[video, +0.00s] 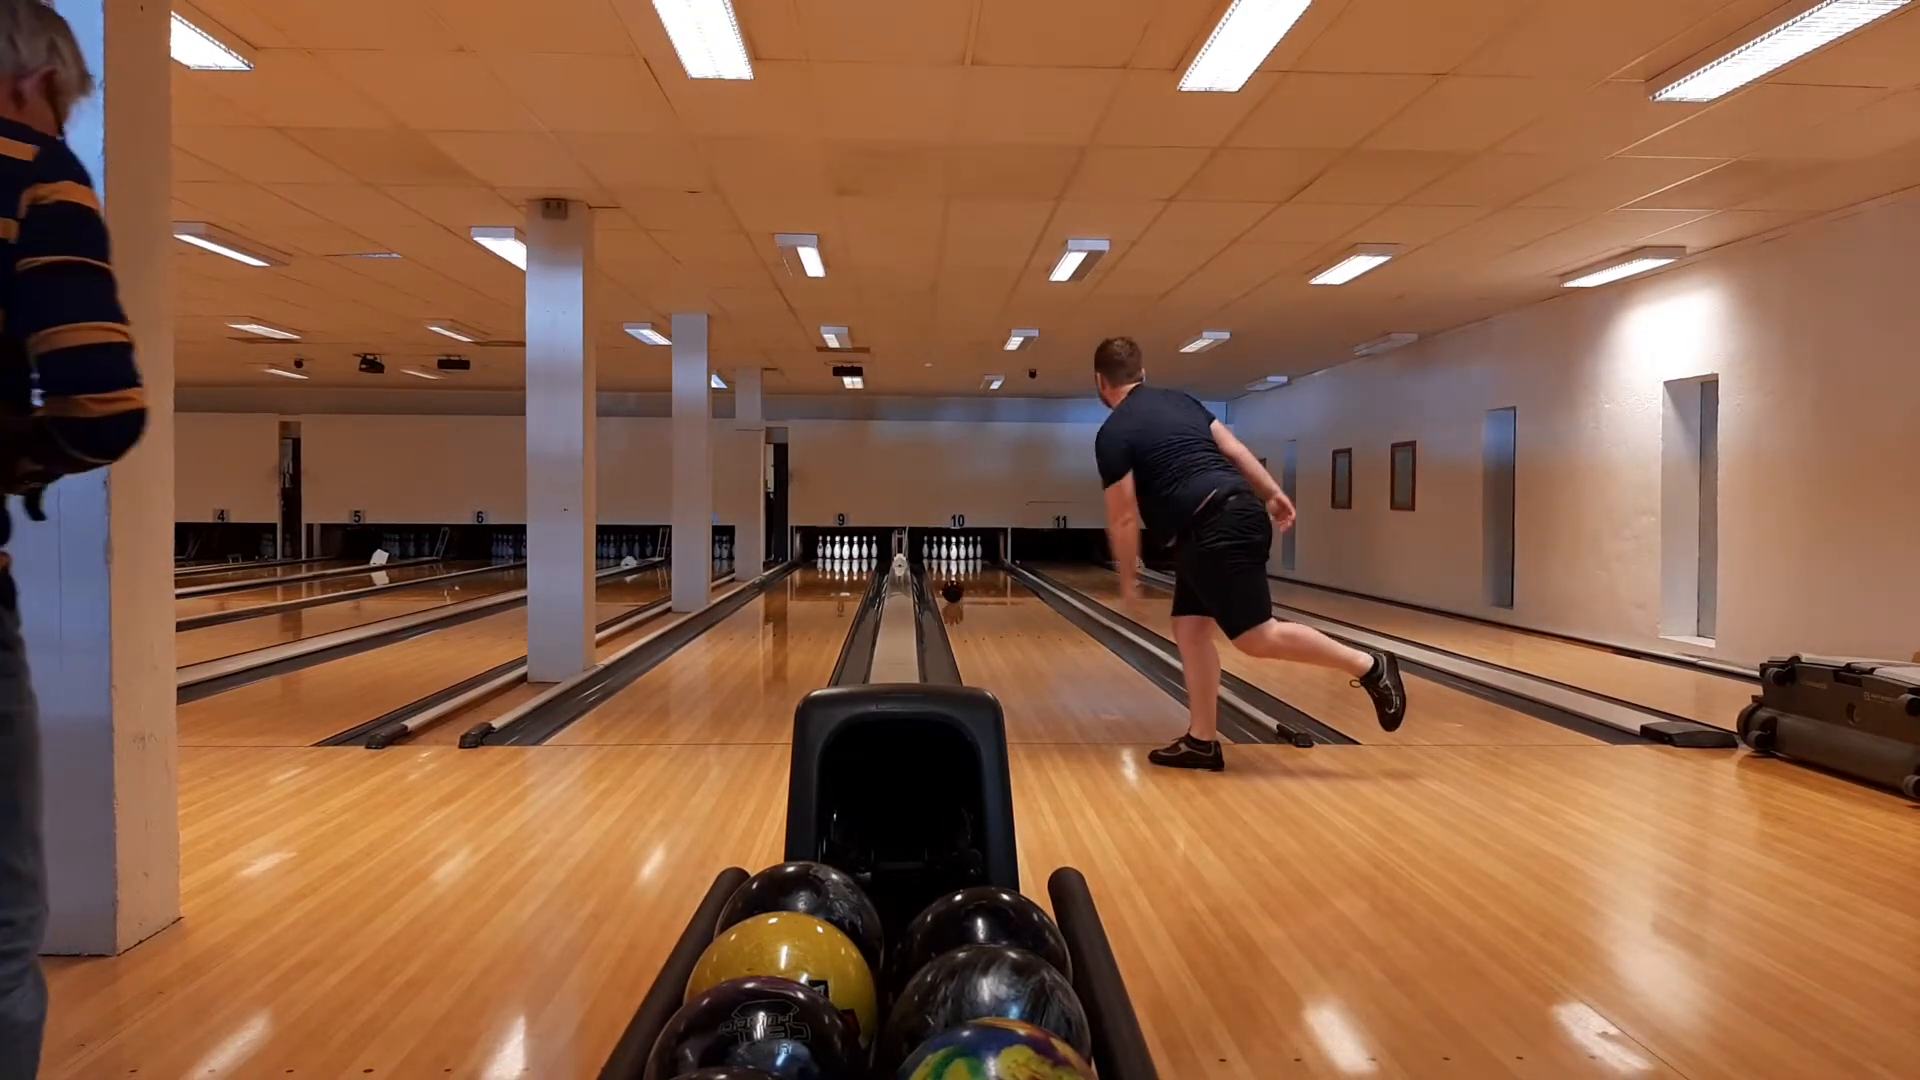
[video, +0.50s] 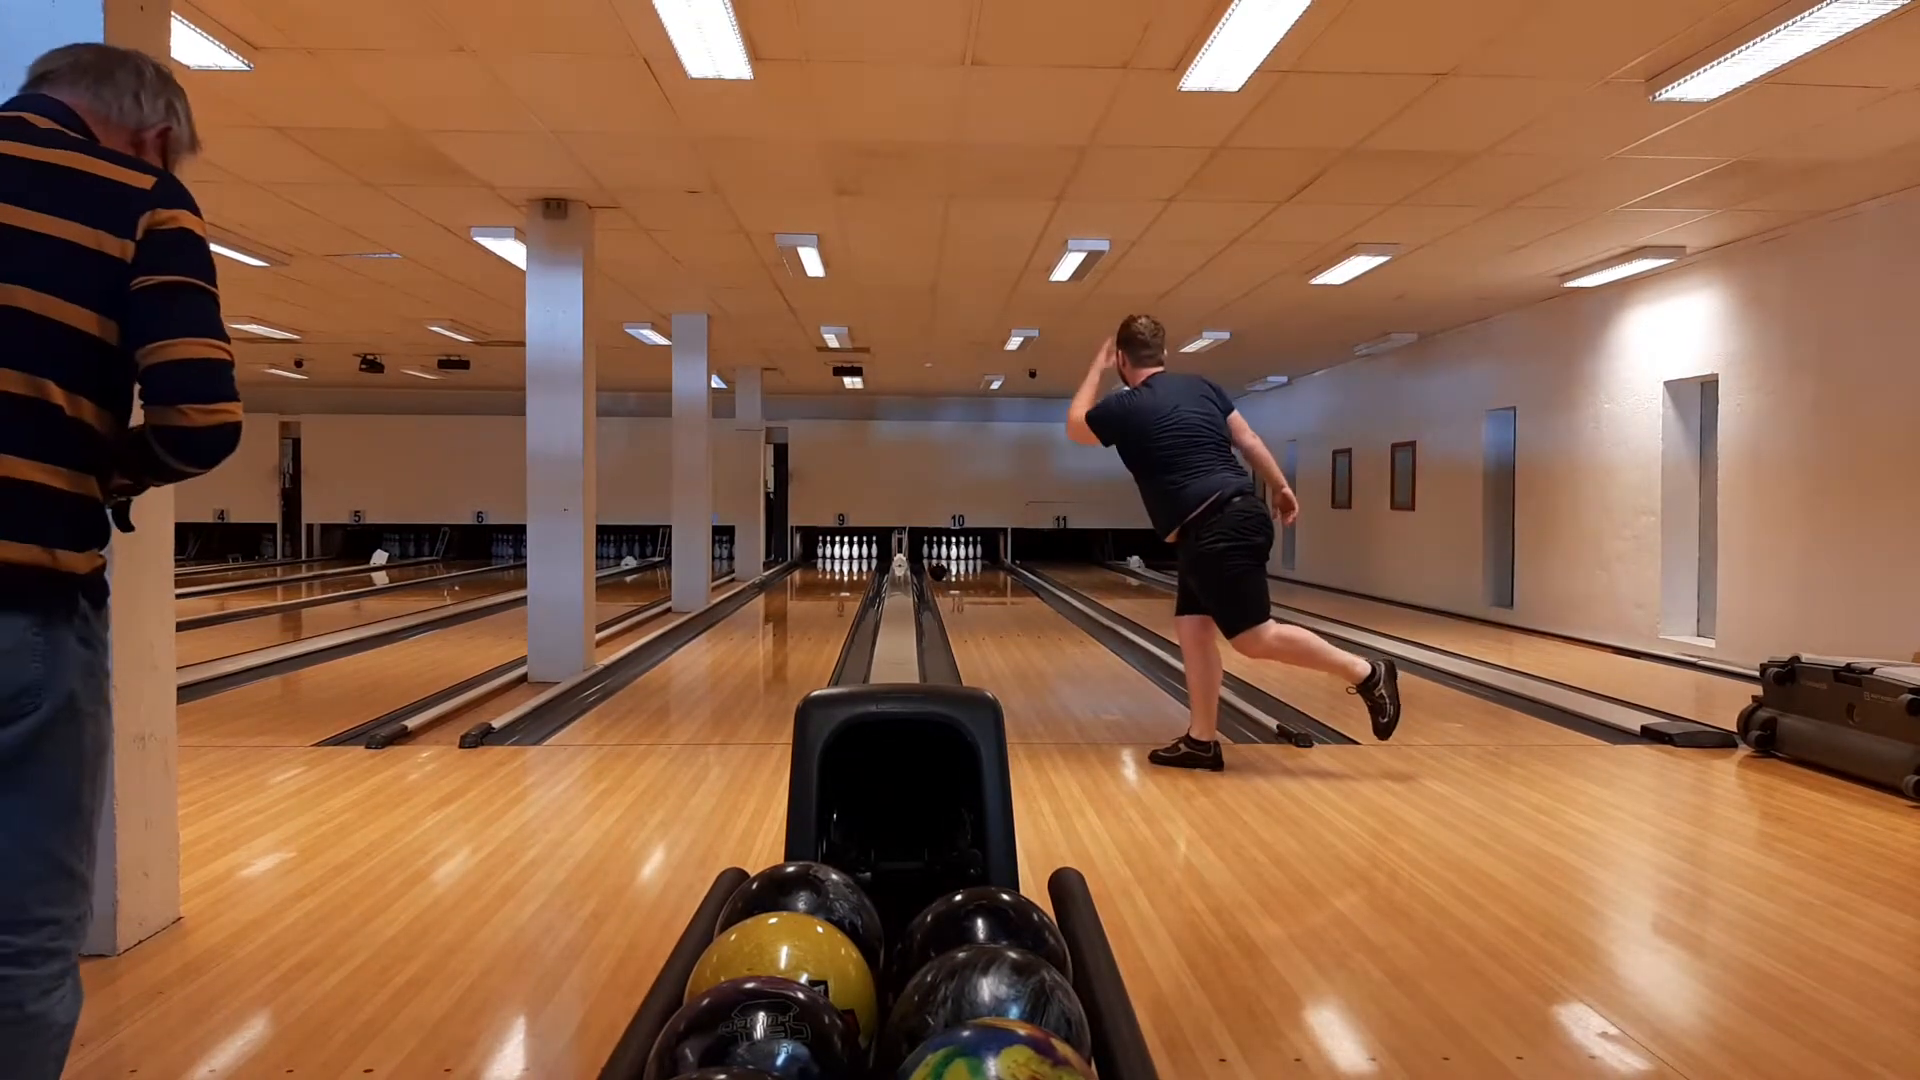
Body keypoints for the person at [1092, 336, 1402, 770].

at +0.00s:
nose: (1099, 389)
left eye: (1097, 383)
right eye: (1102, 383)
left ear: (1101, 383)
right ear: (1141, 374)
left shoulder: (1114, 432)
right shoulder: (1181, 401)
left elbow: (1124, 517)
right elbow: (1233, 448)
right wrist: (1272, 492)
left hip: (1216, 520)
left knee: (1256, 636)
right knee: (1192, 628)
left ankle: (1371, 666)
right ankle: (1202, 740)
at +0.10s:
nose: (1105, 380)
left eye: (1104, 373)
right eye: (1112, 371)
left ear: (1109, 376)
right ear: (1149, 366)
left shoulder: (1113, 431)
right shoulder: (1189, 398)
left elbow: (1087, 501)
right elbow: (1239, 449)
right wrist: (1272, 494)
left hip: (1218, 523)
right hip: (1236, 512)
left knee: (1259, 639)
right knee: (1189, 628)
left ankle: (1370, 671)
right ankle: (1201, 741)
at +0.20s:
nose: (1110, 376)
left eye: (1110, 369)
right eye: (1116, 368)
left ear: (1113, 371)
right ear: (1153, 363)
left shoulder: (1114, 421)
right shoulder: (1194, 394)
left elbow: (1068, 449)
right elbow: (1242, 443)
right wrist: (1276, 487)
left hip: (1217, 524)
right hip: (1235, 512)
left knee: (1257, 639)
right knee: (1192, 628)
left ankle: (1370, 671)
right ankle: (1202, 741)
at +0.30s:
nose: (1109, 374)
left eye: (1110, 367)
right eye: (1115, 366)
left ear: (1114, 368)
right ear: (1155, 360)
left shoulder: (1115, 408)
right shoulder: (1195, 389)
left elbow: (1069, 412)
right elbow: (1246, 438)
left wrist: (1075, 354)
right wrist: (1282, 479)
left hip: (1213, 526)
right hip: (1234, 515)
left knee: (1254, 637)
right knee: (1192, 625)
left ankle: (1371, 669)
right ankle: (1202, 740)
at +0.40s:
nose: (1111, 368)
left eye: (1112, 361)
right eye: (1111, 360)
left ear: (1117, 363)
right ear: (1159, 356)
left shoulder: (1120, 406)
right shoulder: (1198, 387)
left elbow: (1073, 399)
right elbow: (1247, 436)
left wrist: (1097, 345)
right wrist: (1283, 479)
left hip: (1214, 525)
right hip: (1232, 516)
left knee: (1252, 636)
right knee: (1192, 625)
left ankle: (1370, 668)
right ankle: (1202, 741)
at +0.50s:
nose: (1116, 367)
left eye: (1117, 361)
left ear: (1122, 362)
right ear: (1164, 357)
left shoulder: (1122, 407)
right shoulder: (1203, 388)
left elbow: (1076, 424)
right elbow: (1248, 440)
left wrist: (1096, 370)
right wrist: (1281, 485)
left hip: (1213, 525)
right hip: (1235, 514)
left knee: (1252, 636)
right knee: (1192, 625)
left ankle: (1367, 673)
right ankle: (1202, 741)